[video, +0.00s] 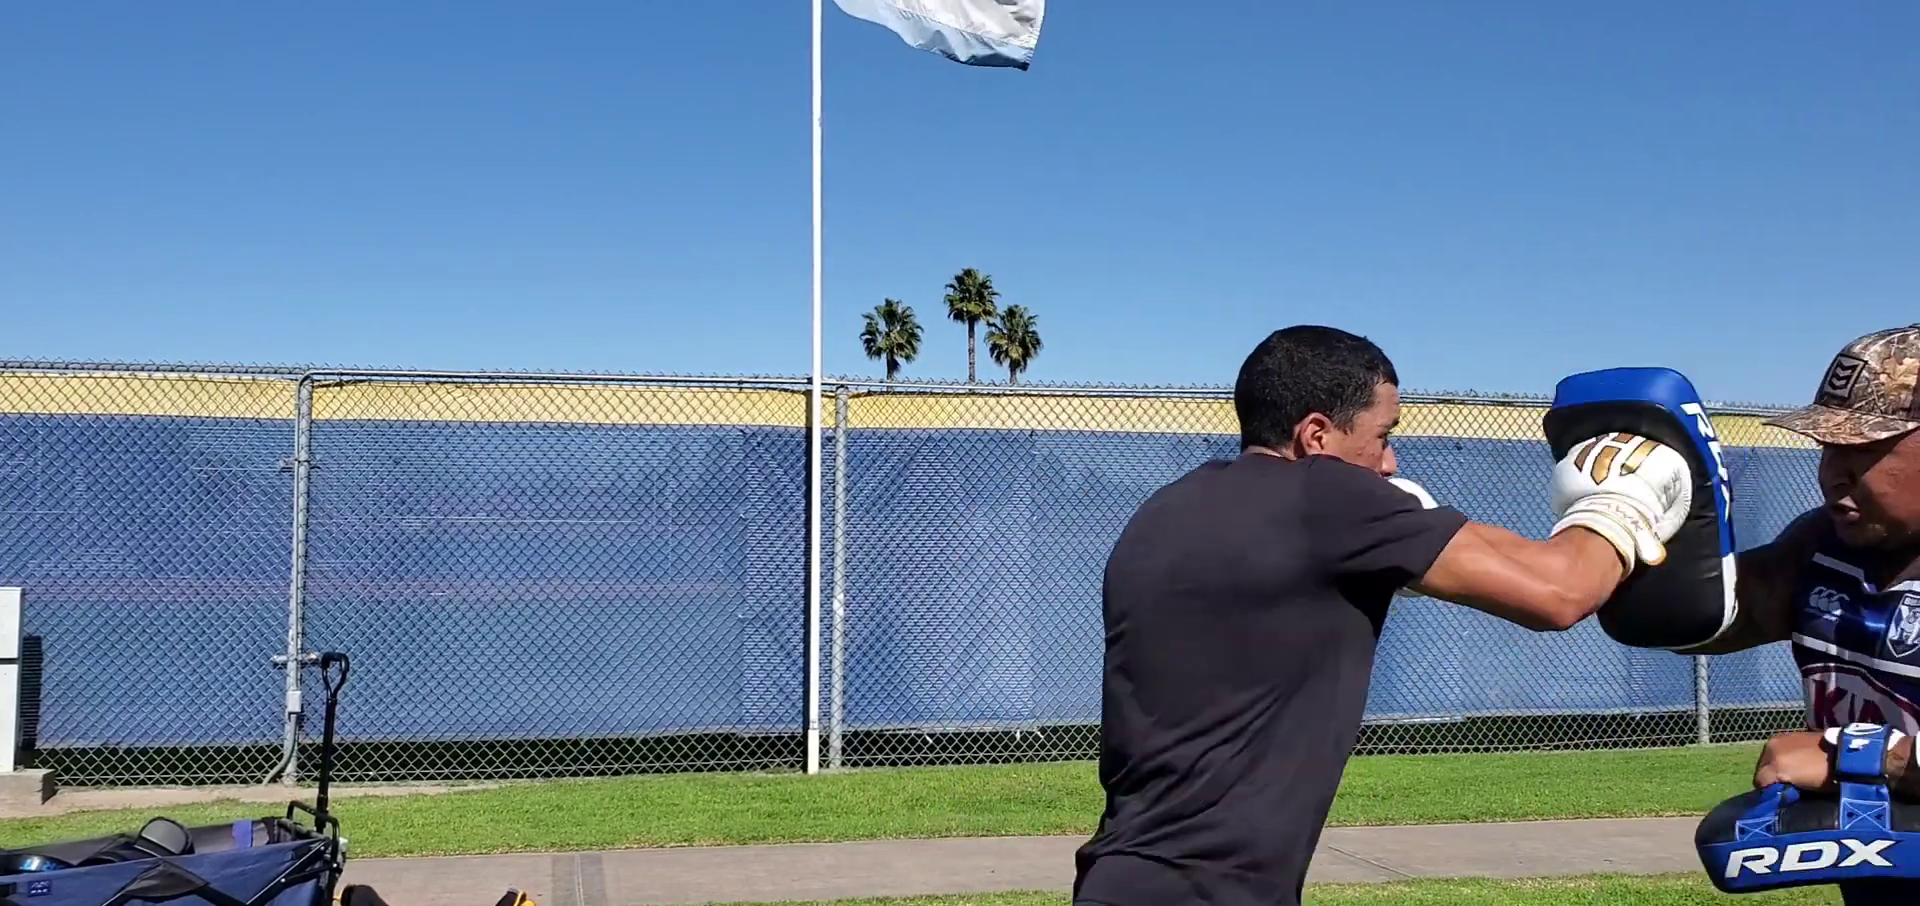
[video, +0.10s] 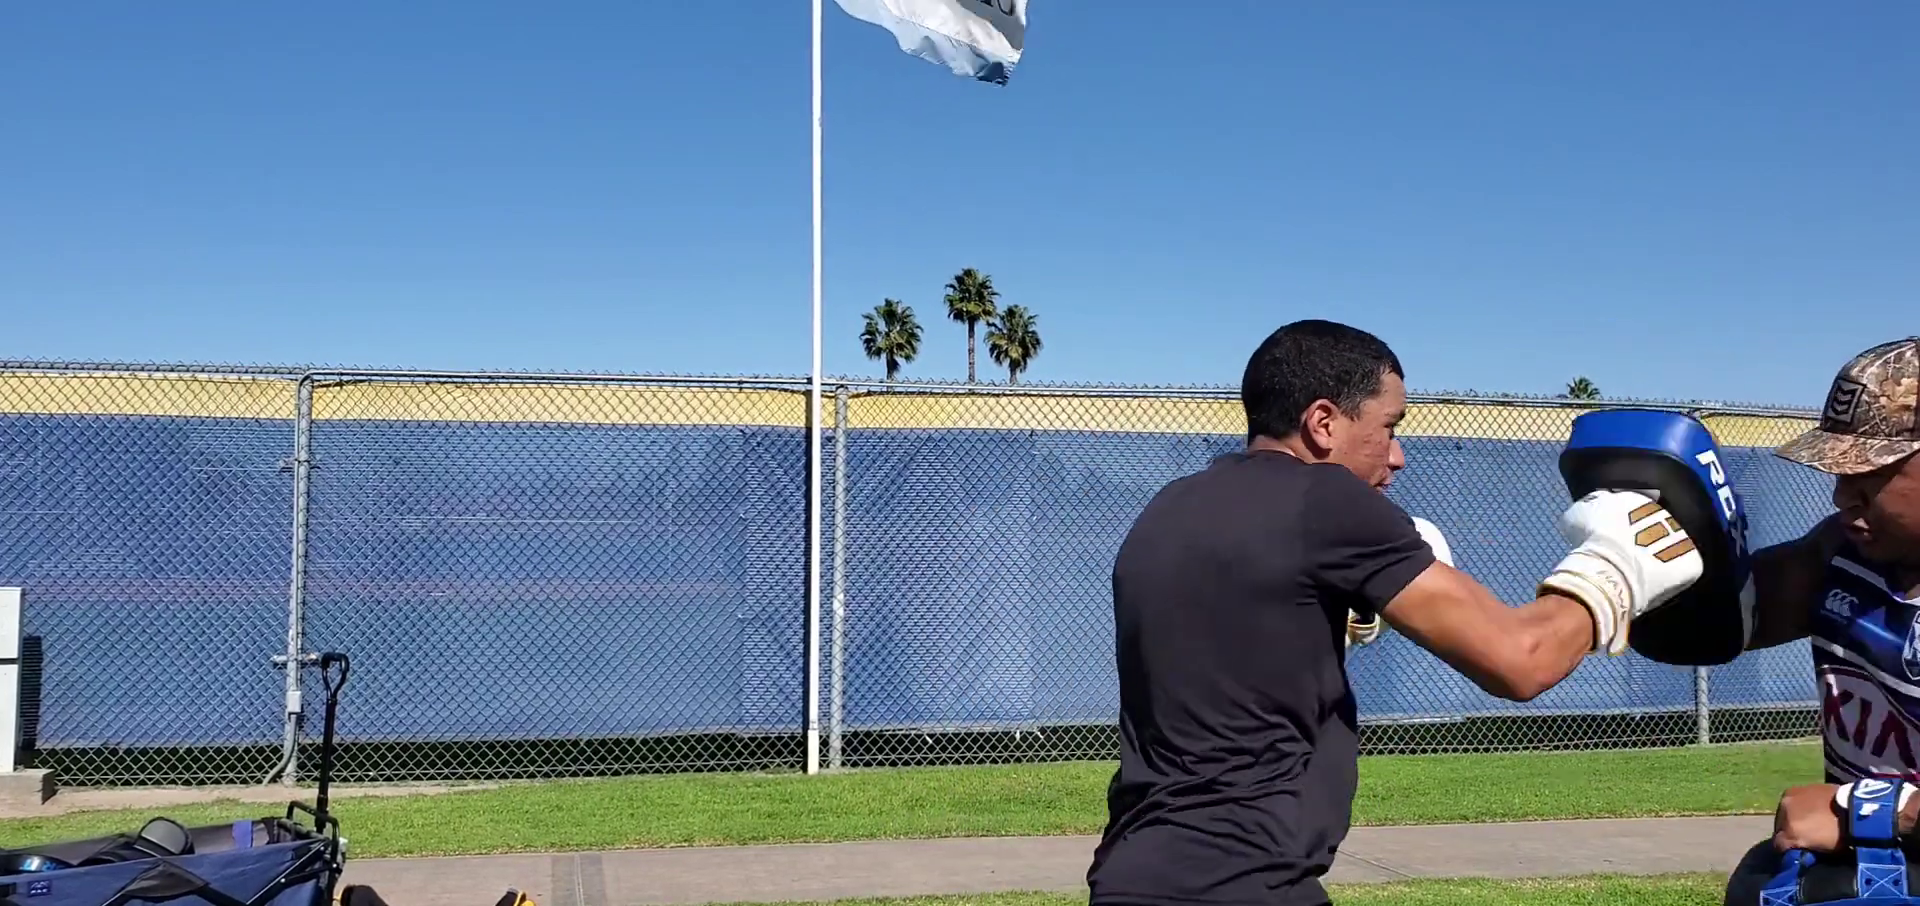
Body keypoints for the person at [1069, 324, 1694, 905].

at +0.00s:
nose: (1393, 464)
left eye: (1392, 440)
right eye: (1383, 439)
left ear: (1291, 432)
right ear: (1313, 435)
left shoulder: (1157, 518)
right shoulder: (1325, 501)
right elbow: (1557, 590)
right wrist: (1628, 504)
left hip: (1121, 871)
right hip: (1218, 883)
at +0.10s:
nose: (1399, 456)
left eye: (1398, 430)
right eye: (1388, 427)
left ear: (1309, 424)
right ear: (1322, 423)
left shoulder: (1164, 513)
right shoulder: (1326, 507)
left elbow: (1218, 671)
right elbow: (1522, 659)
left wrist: (1343, 618)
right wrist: (1607, 568)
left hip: (1131, 871)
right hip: (1251, 880)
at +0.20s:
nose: (1405, 453)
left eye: (1402, 426)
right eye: (1394, 425)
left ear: (1320, 430)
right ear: (1328, 429)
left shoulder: (1175, 514)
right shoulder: (1319, 526)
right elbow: (1400, 767)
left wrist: (1344, 603)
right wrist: (1497, 668)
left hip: (1134, 866)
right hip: (1243, 876)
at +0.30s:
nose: (1408, 468)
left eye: (1407, 443)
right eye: (1400, 441)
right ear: (1338, 434)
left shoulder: (1188, 513)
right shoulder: (1287, 538)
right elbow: (1292, 792)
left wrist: (1345, 626)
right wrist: (1410, 659)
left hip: (1138, 862)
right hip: (1223, 879)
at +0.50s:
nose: (1410, 494)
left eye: (1417, 472)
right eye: (1411, 468)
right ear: (1351, 452)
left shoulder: (1197, 514)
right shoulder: (1279, 539)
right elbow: (1293, 791)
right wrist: (1391, 636)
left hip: (1142, 867)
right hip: (1216, 882)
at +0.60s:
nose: (1443, 552)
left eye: (1450, 530)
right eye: (1443, 528)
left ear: (1314, 500)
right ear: (1386, 519)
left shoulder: (1206, 558)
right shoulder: (1329, 585)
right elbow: (1359, 837)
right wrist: (1444, 673)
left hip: (1131, 884)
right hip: (1236, 889)